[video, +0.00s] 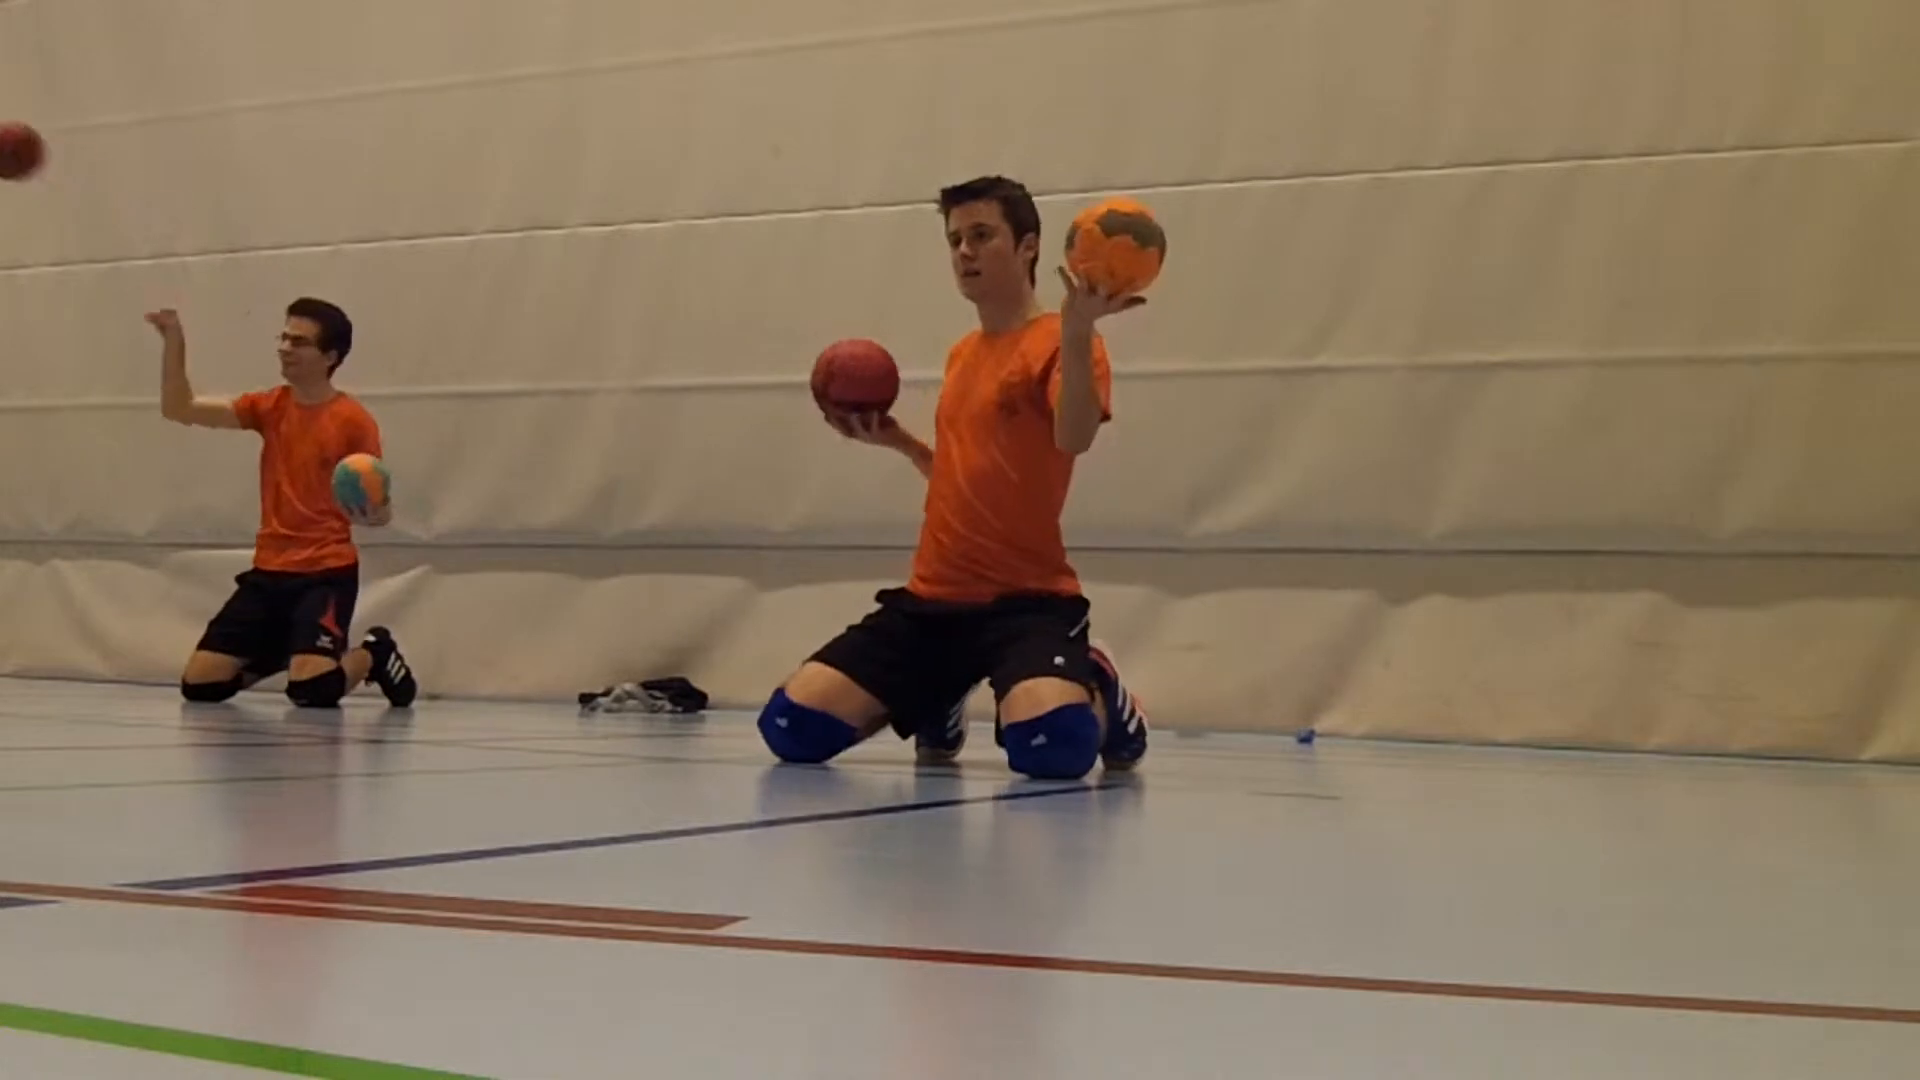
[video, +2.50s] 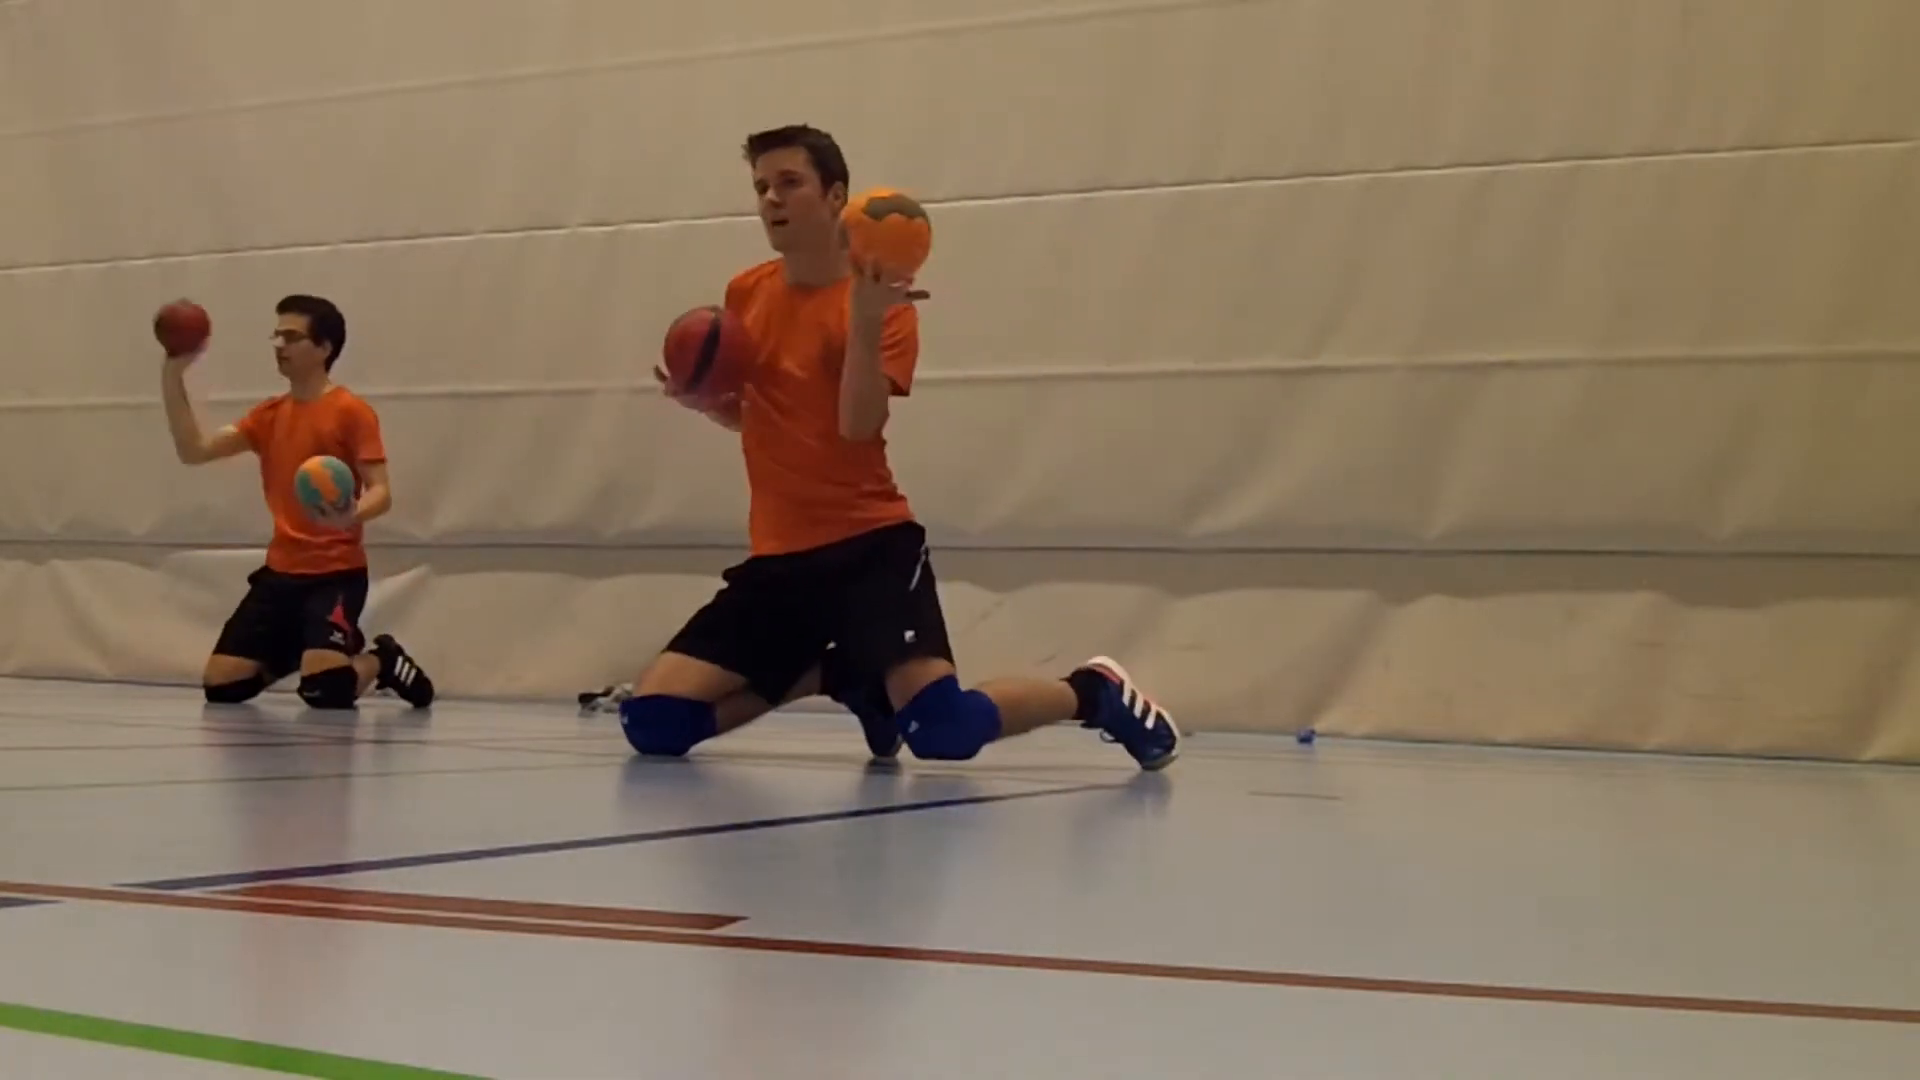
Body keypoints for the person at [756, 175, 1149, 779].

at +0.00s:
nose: (963, 253)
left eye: (981, 235)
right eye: (955, 240)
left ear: (1028, 249)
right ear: (948, 254)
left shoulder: (1064, 341)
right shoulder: (965, 353)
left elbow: (1074, 437)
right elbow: (964, 482)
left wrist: (1076, 328)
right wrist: (899, 439)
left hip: (1028, 607)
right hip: (930, 605)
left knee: (1049, 753)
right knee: (790, 731)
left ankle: (1096, 685)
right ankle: (928, 689)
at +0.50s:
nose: (1015, 203)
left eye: (1037, 194)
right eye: (1006, 192)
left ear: (1071, 224)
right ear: (989, 216)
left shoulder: (1098, 335)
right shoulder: (951, 297)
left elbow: (1161, 427)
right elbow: (853, 225)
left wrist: (1194, 330)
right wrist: (847, 135)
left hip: (1054, 589)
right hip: (946, 581)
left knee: (1050, 751)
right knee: (808, 737)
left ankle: (1108, 684)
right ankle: (934, 683)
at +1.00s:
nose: (1004, 231)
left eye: (1024, 217)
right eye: (994, 220)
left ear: (1067, 243)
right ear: (982, 240)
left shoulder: (1111, 359)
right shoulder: (953, 342)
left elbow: (1187, 468)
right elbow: (852, 433)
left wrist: (1253, 392)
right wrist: (795, 436)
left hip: (1065, 607)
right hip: (958, 601)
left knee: (1047, 753)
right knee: (821, 737)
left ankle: (1115, 691)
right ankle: (938, 689)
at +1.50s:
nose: (971, 226)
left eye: (992, 213)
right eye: (961, 215)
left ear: (1032, 238)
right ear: (948, 235)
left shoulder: (1080, 353)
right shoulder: (921, 337)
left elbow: (1144, 471)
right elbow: (832, 438)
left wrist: (1197, 401)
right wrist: (762, 444)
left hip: (1035, 598)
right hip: (928, 594)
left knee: (1036, 753)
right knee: (784, 731)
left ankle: (1101, 683)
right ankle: (919, 685)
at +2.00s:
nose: (785, 209)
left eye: (804, 194)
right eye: (780, 199)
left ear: (857, 208)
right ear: (784, 219)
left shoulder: (923, 308)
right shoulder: (767, 319)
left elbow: (1002, 411)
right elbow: (650, 394)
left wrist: (1065, 357)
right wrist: (527, 383)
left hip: (940, 566)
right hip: (836, 579)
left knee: (1002, 742)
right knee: (713, 729)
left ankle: (1116, 684)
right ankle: (883, 681)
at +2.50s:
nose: (770, 201)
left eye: (788, 184)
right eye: (761, 189)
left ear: (836, 195)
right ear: (755, 203)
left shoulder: (882, 308)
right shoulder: (747, 293)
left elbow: (860, 426)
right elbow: (754, 418)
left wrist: (865, 320)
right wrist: (700, 395)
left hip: (874, 552)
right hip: (776, 565)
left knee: (942, 730)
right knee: (654, 726)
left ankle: (1093, 692)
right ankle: (838, 677)